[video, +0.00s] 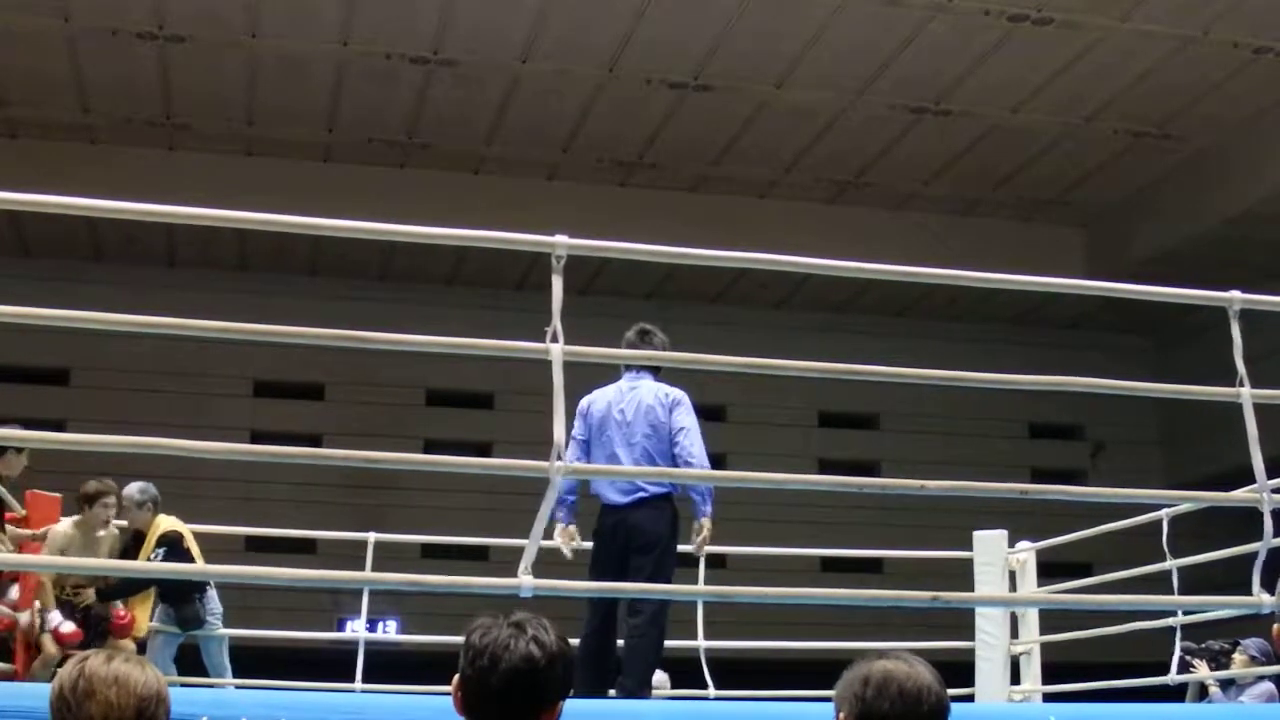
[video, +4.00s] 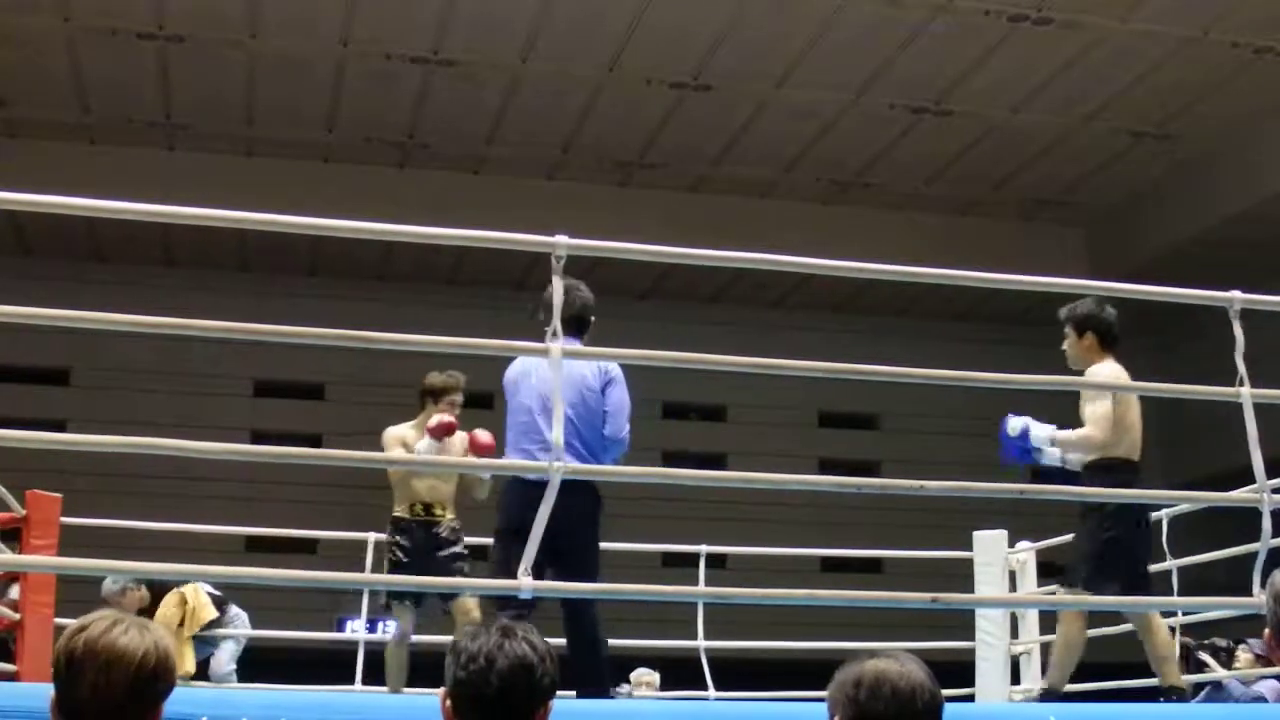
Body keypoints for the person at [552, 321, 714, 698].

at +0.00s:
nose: (659, 364)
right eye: (661, 358)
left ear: (623, 357)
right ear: (660, 360)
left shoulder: (591, 402)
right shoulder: (674, 400)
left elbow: (573, 462)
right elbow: (691, 457)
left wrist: (565, 517)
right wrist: (704, 511)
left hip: (610, 519)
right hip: (655, 518)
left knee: (599, 608)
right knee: (647, 609)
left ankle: (587, 698)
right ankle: (633, 699)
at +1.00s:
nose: (675, 364)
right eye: (674, 359)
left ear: (636, 356)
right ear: (671, 360)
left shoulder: (603, 397)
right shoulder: (673, 397)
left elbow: (554, 430)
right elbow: (716, 422)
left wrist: (535, 406)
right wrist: (768, 392)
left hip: (613, 514)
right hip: (656, 513)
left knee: (602, 605)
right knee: (645, 606)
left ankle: (590, 697)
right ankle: (632, 698)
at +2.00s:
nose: (674, 362)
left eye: (672, 355)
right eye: (673, 356)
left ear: (634, 354)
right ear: (667, 357)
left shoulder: (597, 400)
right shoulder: (668, 396)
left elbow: (565, 456)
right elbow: (713, 426)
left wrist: (556, 516)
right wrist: (770, 401)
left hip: (610, 516)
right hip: (654, 515)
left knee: (600, 608)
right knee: (646, 608)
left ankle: (587, 699)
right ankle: (631, 700)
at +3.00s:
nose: (657, 359)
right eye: (659, 353)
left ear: (622, 358)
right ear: (660, 360)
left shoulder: (602, 403)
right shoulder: (673, 405)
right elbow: (713, 444)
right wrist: (744, 456)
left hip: (615, 524)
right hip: (661, 521)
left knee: (631, 610)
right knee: (694, 600)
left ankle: (635, 700)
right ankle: (664, 677)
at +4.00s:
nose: (539, 318)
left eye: (542, 312)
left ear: (542, 318)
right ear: (588, 323)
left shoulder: (517, 369)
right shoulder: (606, 370)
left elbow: (517, 422)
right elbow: (616, 434)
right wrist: (596, 465)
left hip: (521, 491)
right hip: (578, 494)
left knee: (511, 593)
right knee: (579, 596)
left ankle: (503, 697)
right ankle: (594, 696)